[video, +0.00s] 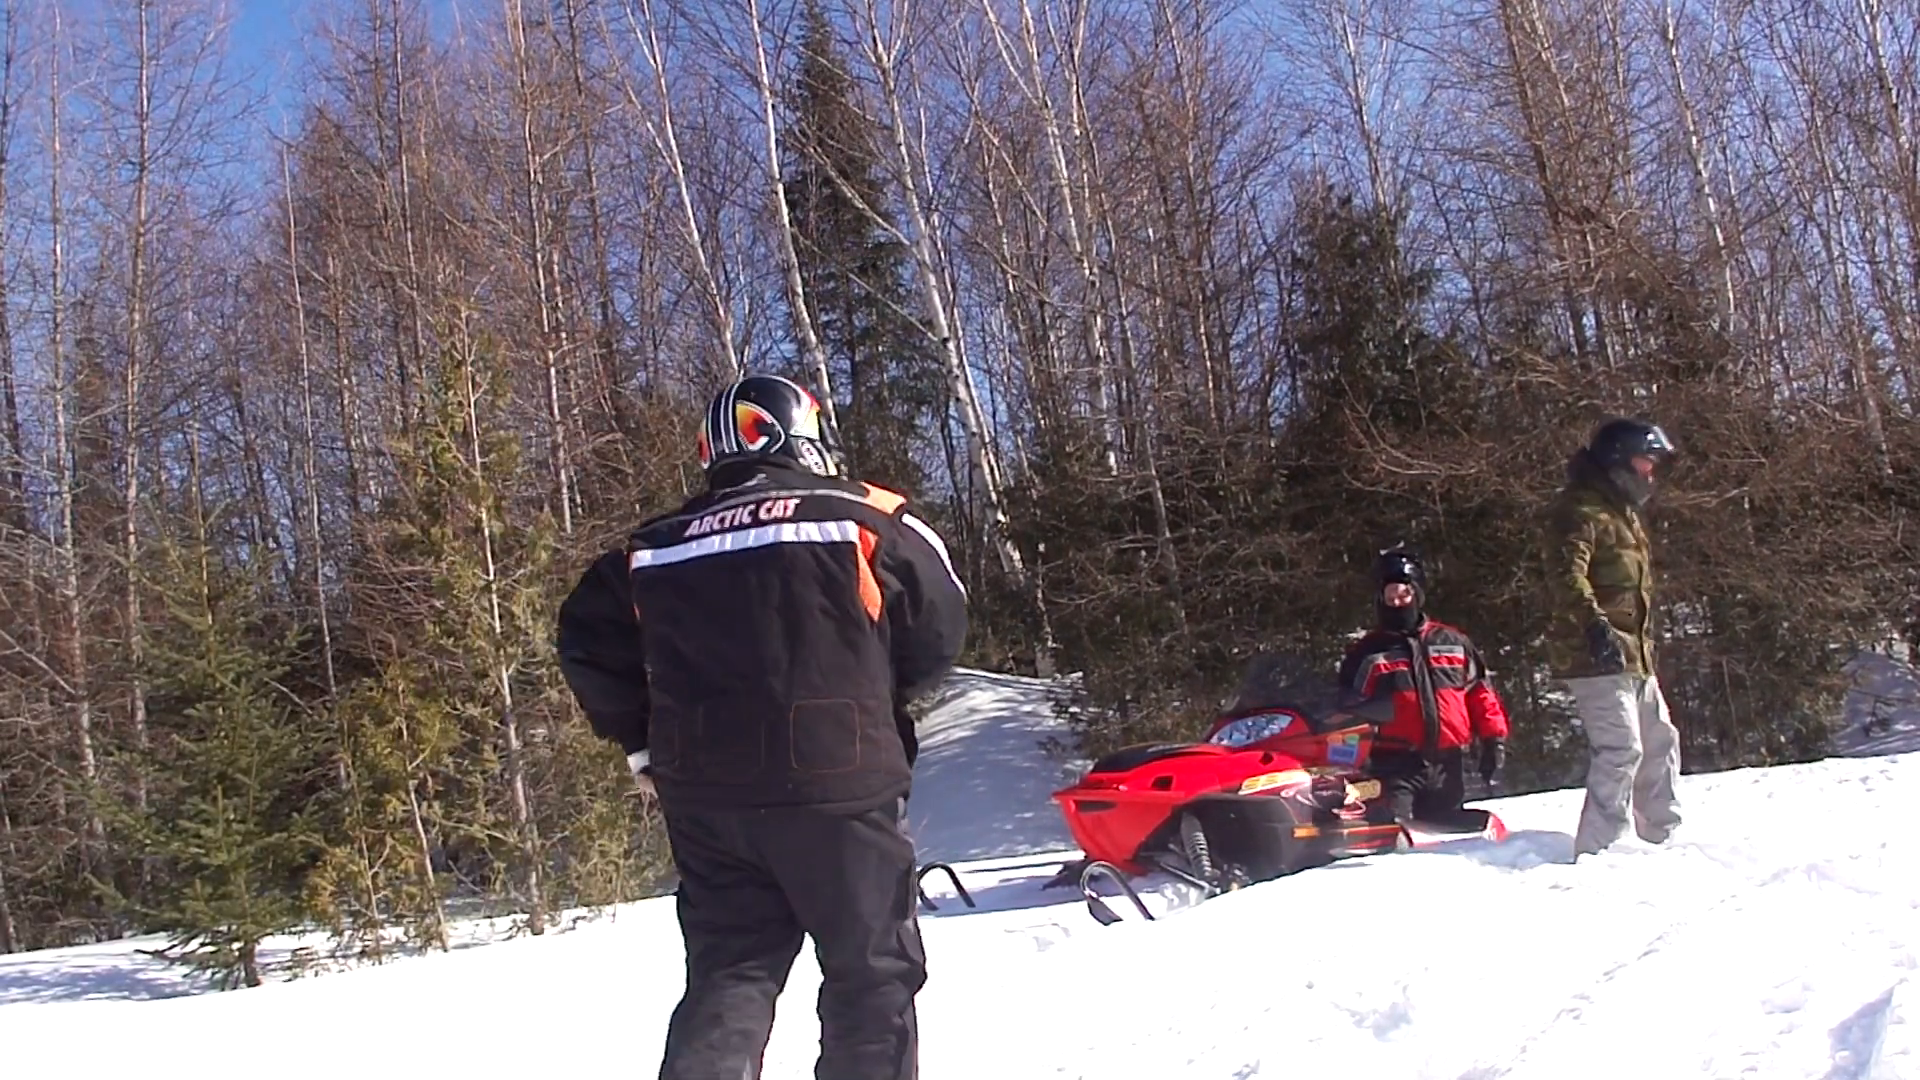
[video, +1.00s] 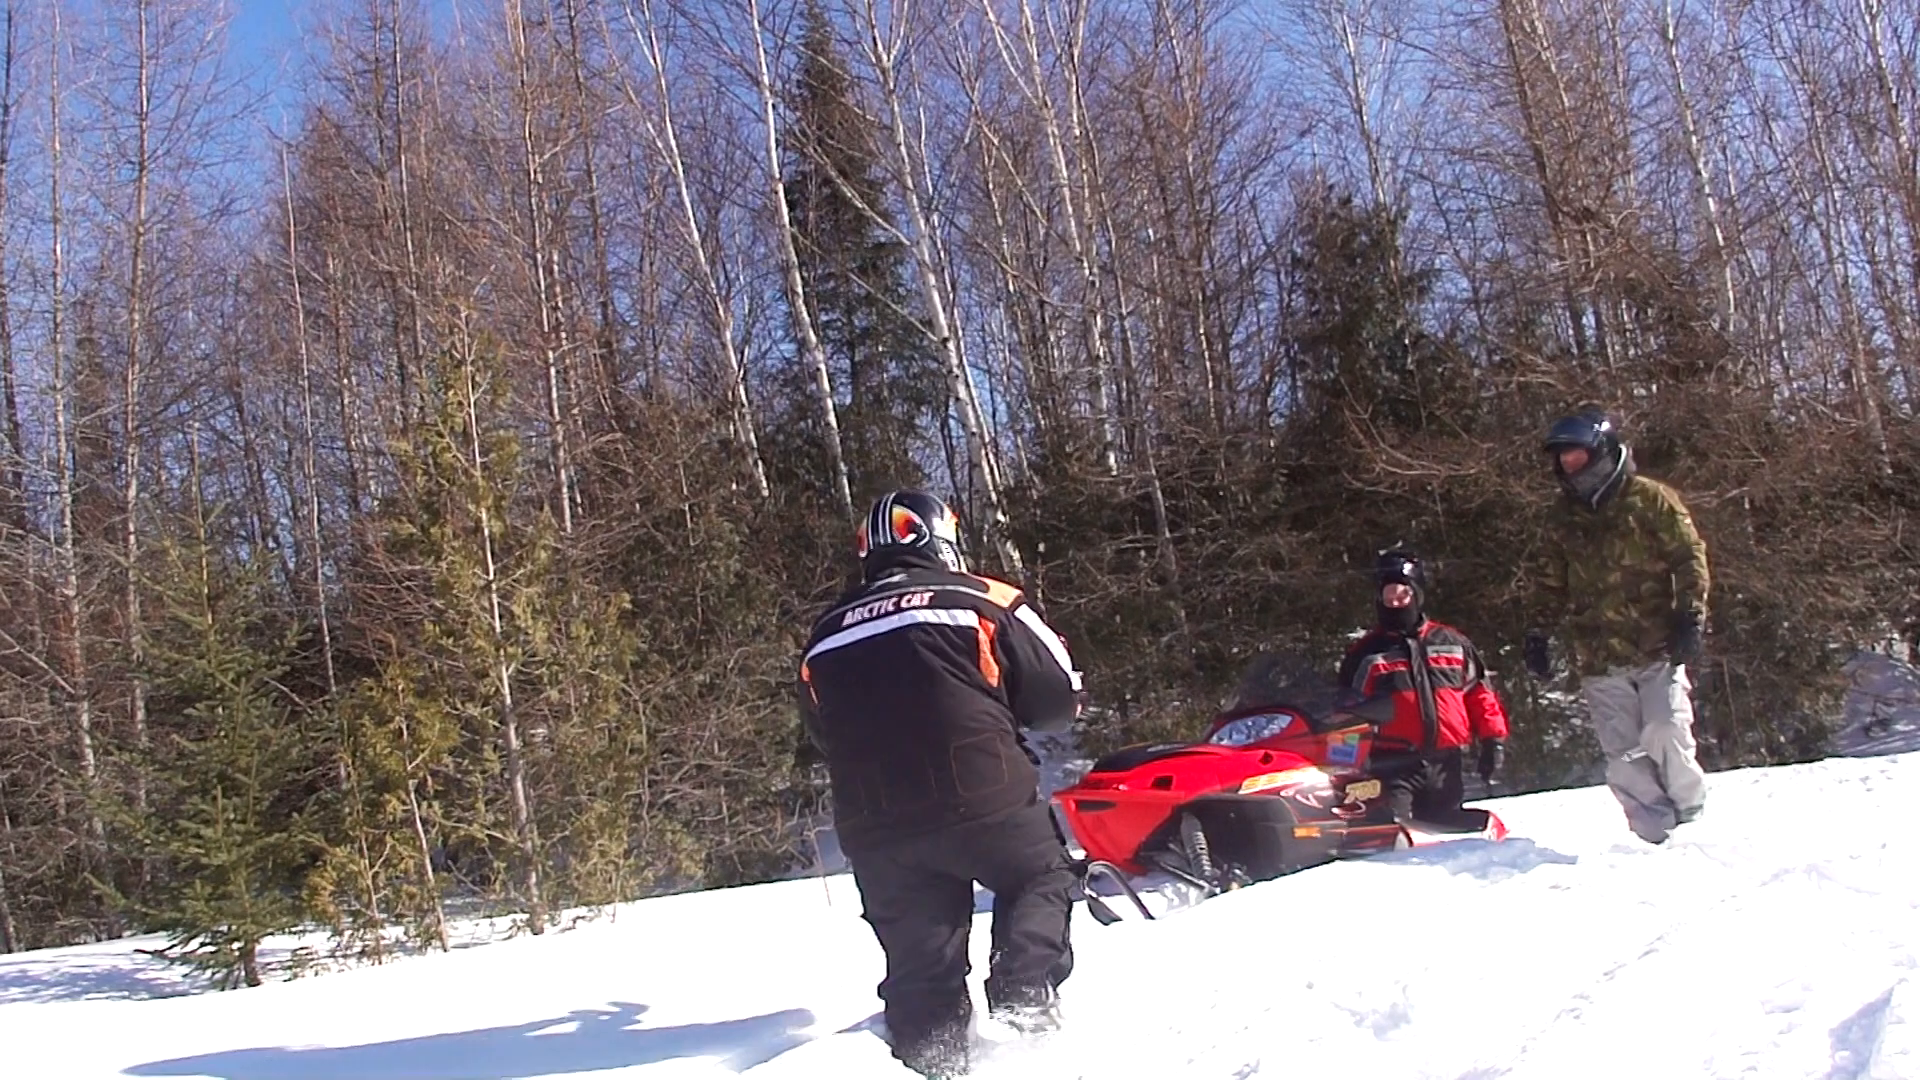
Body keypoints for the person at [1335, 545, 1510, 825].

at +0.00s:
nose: (1398, 602)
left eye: (1405, 594)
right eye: (1391, 595)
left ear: (1419, 594)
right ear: (1380, 599)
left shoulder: (1455, 643)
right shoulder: (1366, 653)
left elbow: (1480, 693)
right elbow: (1346, 713)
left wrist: (1493, 739)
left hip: (1448, 763)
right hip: (1395, 765)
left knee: (1444, 825)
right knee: (1392, 826)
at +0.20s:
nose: (1398, 601)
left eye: (1405, 593)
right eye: (1391, 594)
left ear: (1418, 594)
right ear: (1379, 598)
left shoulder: (1455, 643)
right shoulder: (1365, 654)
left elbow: (1480, 692)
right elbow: (1346, 713)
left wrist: (1493, 738)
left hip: (1448, 765)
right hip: (1394, 767)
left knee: (1444, 830)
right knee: (1392, 830)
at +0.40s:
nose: (1398, 602)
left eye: (1404, 594)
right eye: (1391, 595)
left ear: (1418, 594)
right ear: (1379, 599)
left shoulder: (1454, 643)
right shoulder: (1365, 653)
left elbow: (1480, 692)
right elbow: (1346, 713)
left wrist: (1493, 738)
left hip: (1448, 764)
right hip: (1394, 767)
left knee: (1443, 828)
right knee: (1393, 829)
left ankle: (1486, 824)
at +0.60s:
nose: (1398, 602)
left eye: (1404, 594)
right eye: (1390, 595)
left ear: (1417, 595)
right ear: (1379, 599)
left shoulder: (1453, 643)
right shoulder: (1365, 653)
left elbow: (1479, 692)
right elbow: (1346, 713)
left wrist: (1493, 738)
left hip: (1447, 764)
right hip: (1395, 766)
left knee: (1443, 830)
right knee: (1393, 831)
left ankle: (1486, 824)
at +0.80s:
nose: (1397, 602)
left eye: (1404, 593)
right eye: (1390, 595)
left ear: (1418, 595)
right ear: (1379, 599)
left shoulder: (1453, 643)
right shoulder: (1365, 653)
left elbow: (1480, 692)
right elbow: (1346, 712)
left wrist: (1493, 738)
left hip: (1447, 763)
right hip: (1393, 766)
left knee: (1442, 826)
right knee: (1390, 827)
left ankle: (1487, 825)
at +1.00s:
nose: (1396, 602)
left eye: (1404, 593)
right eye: (1389, 594)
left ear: (1419, 595)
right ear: (1379, 598)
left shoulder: (1454, 644)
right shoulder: (1364, 653)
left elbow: (1479, 693)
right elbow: (1346, 712)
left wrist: (1493, 739)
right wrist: (1346, 766)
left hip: (1445, 764)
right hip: (1392, 766)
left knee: (1443, 827)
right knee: (1390, 827)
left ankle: (1488, 825)